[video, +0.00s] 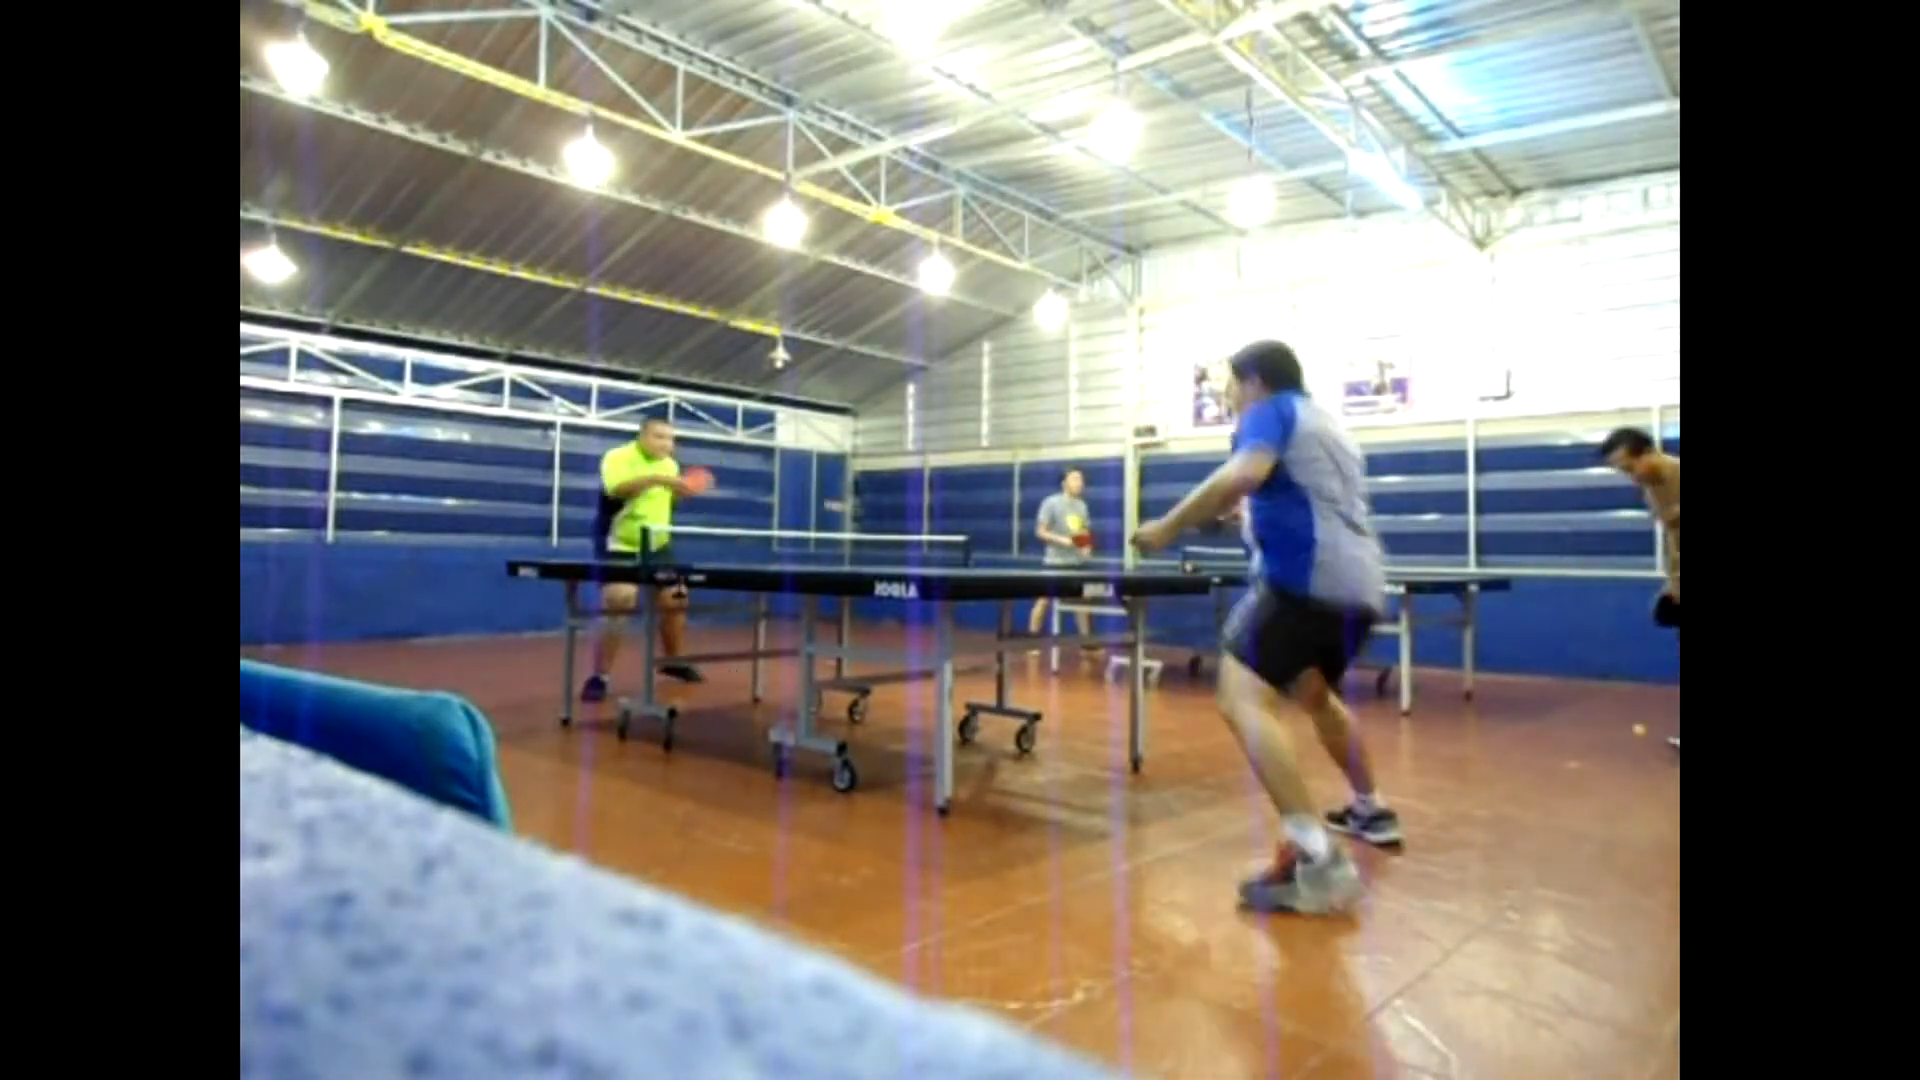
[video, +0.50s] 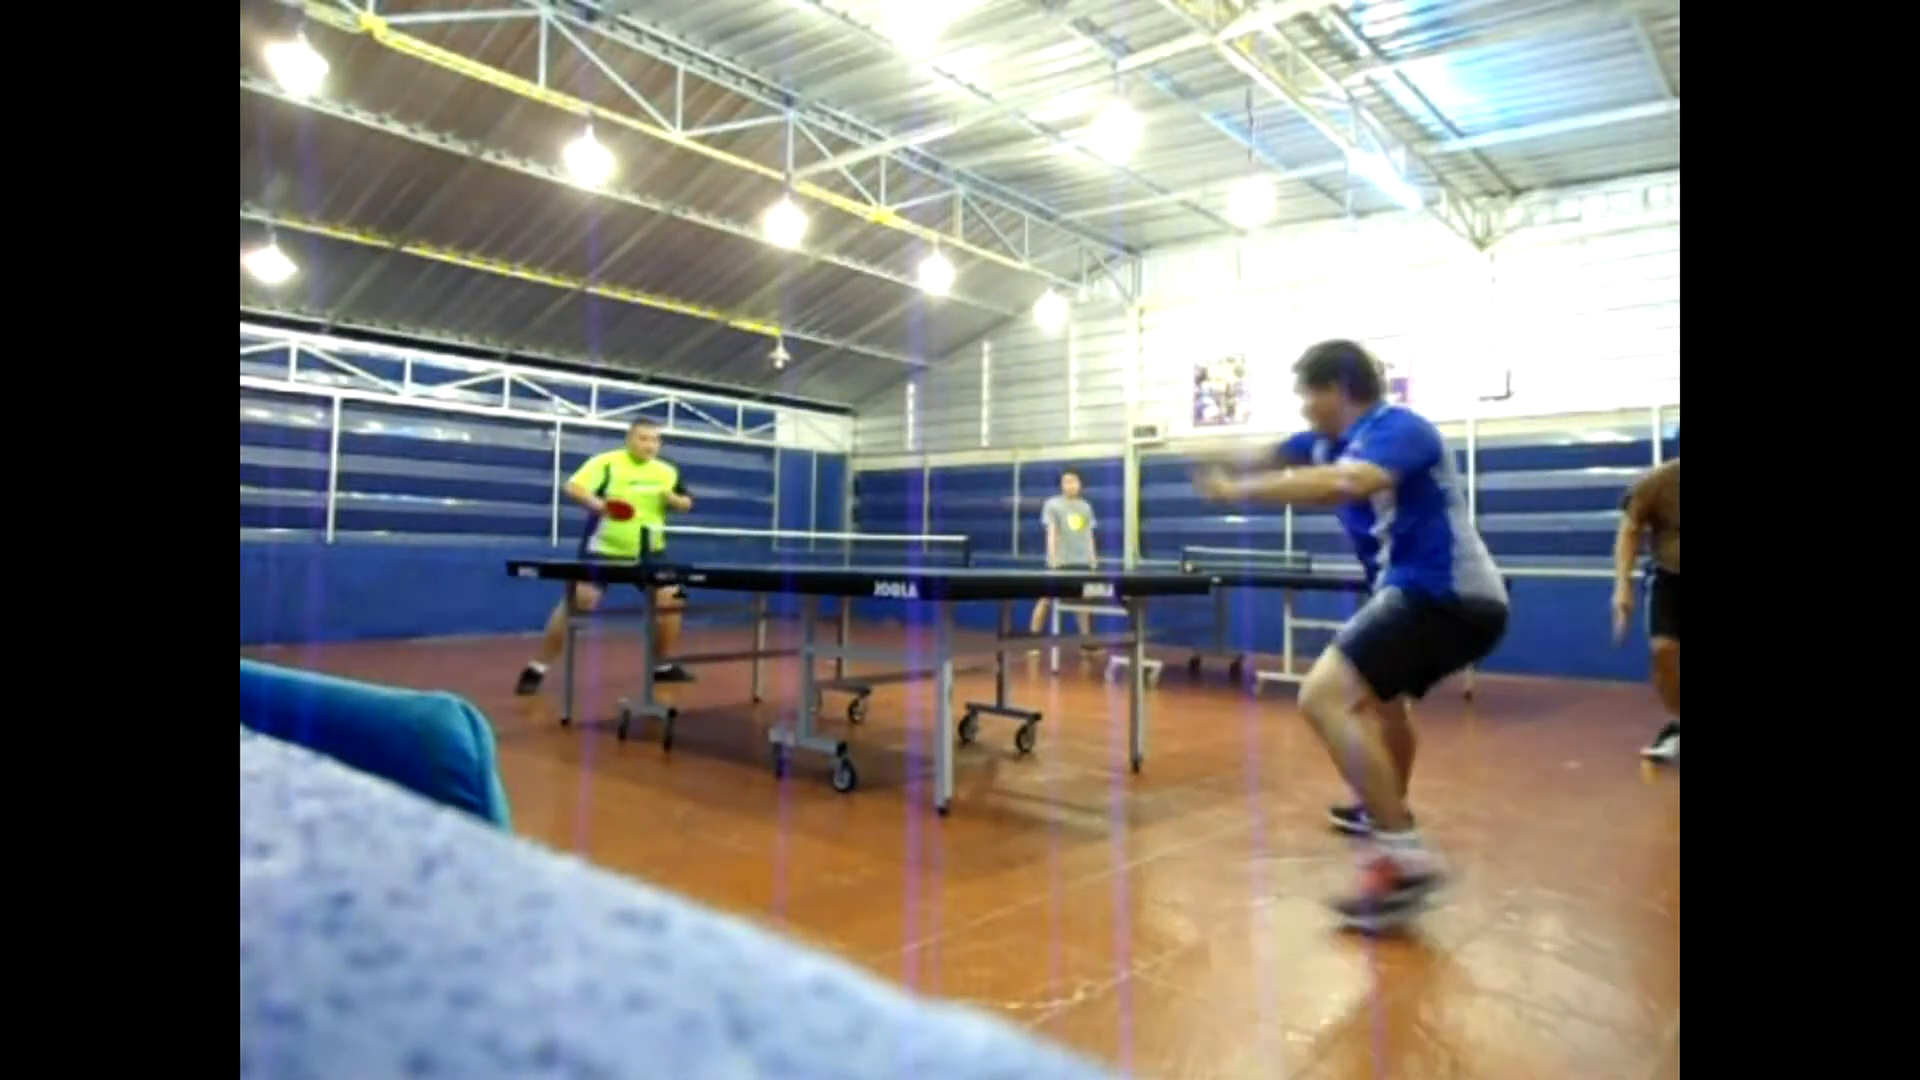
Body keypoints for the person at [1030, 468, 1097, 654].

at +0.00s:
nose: (1078, 484)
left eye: (1080, 480)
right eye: (1074, 480)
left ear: (1082, 484)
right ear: (1064, 483)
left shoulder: (1082, 505)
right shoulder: (1051, 503)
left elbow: (1085, 529)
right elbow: (1041, 531)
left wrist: (1086, 545)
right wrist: (1065, 541)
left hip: (1077, 561)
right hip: (1055, 561)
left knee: (1080, 601)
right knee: (1044, 599)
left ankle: (1086, 639)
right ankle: (1032, 637)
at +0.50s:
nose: (1070, 486)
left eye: (1073, 481)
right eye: (1067, 482)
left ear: (1080, 484)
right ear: (1061, 485)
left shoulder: (1085, 507)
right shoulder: (1052, 505)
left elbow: (1089, 535)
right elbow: (1051, 532)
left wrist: (1092, 559)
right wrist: (1052, 558)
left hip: (1082, 561)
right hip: (1060, 561)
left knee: (1083, 601)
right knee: (1046, 599)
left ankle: (1086, 637)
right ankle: (1034, 635)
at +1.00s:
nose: (1072, 486)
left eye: (1075, 482)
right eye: (1068, 482)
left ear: (1081, 485)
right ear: (1062, 485)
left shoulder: (1086, 507)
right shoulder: (1052, 505)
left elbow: (1090, 536)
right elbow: (1042, 533)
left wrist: (1094, 560)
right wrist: (1030, 560)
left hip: (1081, 561)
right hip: (1057, 561)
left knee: (1082, 602)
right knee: (1045, 600)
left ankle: (1086, 639)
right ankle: (1033, 638)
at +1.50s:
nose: (1073, 487)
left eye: (1077, 483)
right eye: (1069, 483)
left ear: (1082, 486)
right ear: (1063, 485)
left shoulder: (1084, 507)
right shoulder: (1051, 505)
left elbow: (1087, 535)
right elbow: (1045, 534)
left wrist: (1092, 559)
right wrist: (1063, 552)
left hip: (1080, 562)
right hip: (1056, 561)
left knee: (1083, 601)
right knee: (1045, 599)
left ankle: (1085, 638)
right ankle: (1033, 636)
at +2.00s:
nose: (1086, 490)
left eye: (1089, 486)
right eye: (1083, 485)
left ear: (1092, 489)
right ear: (1075, 487)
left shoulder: (1086, 507)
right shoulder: (1063, 504)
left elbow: (1085, 531)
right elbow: (1065, 522)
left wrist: (1087, 553)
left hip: (1077, 558)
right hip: (1057, 557)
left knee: (1081, 599)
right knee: (1049, 597)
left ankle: (1086, 636)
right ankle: (1037, 633)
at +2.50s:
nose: (1077, 495)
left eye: (1079, 491)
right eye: (1073, 490)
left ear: (1082, 494)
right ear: (1064, 492)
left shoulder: (1082, 511)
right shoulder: (1049, 510)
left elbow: (1085, 530)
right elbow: (1035, 530)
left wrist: (1078, 545)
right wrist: (1050, 545)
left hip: (1071, 560)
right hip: (1047, 560)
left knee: (1077, 599)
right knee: (1038, 598)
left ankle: (1082, 638)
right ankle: (1030, 636)